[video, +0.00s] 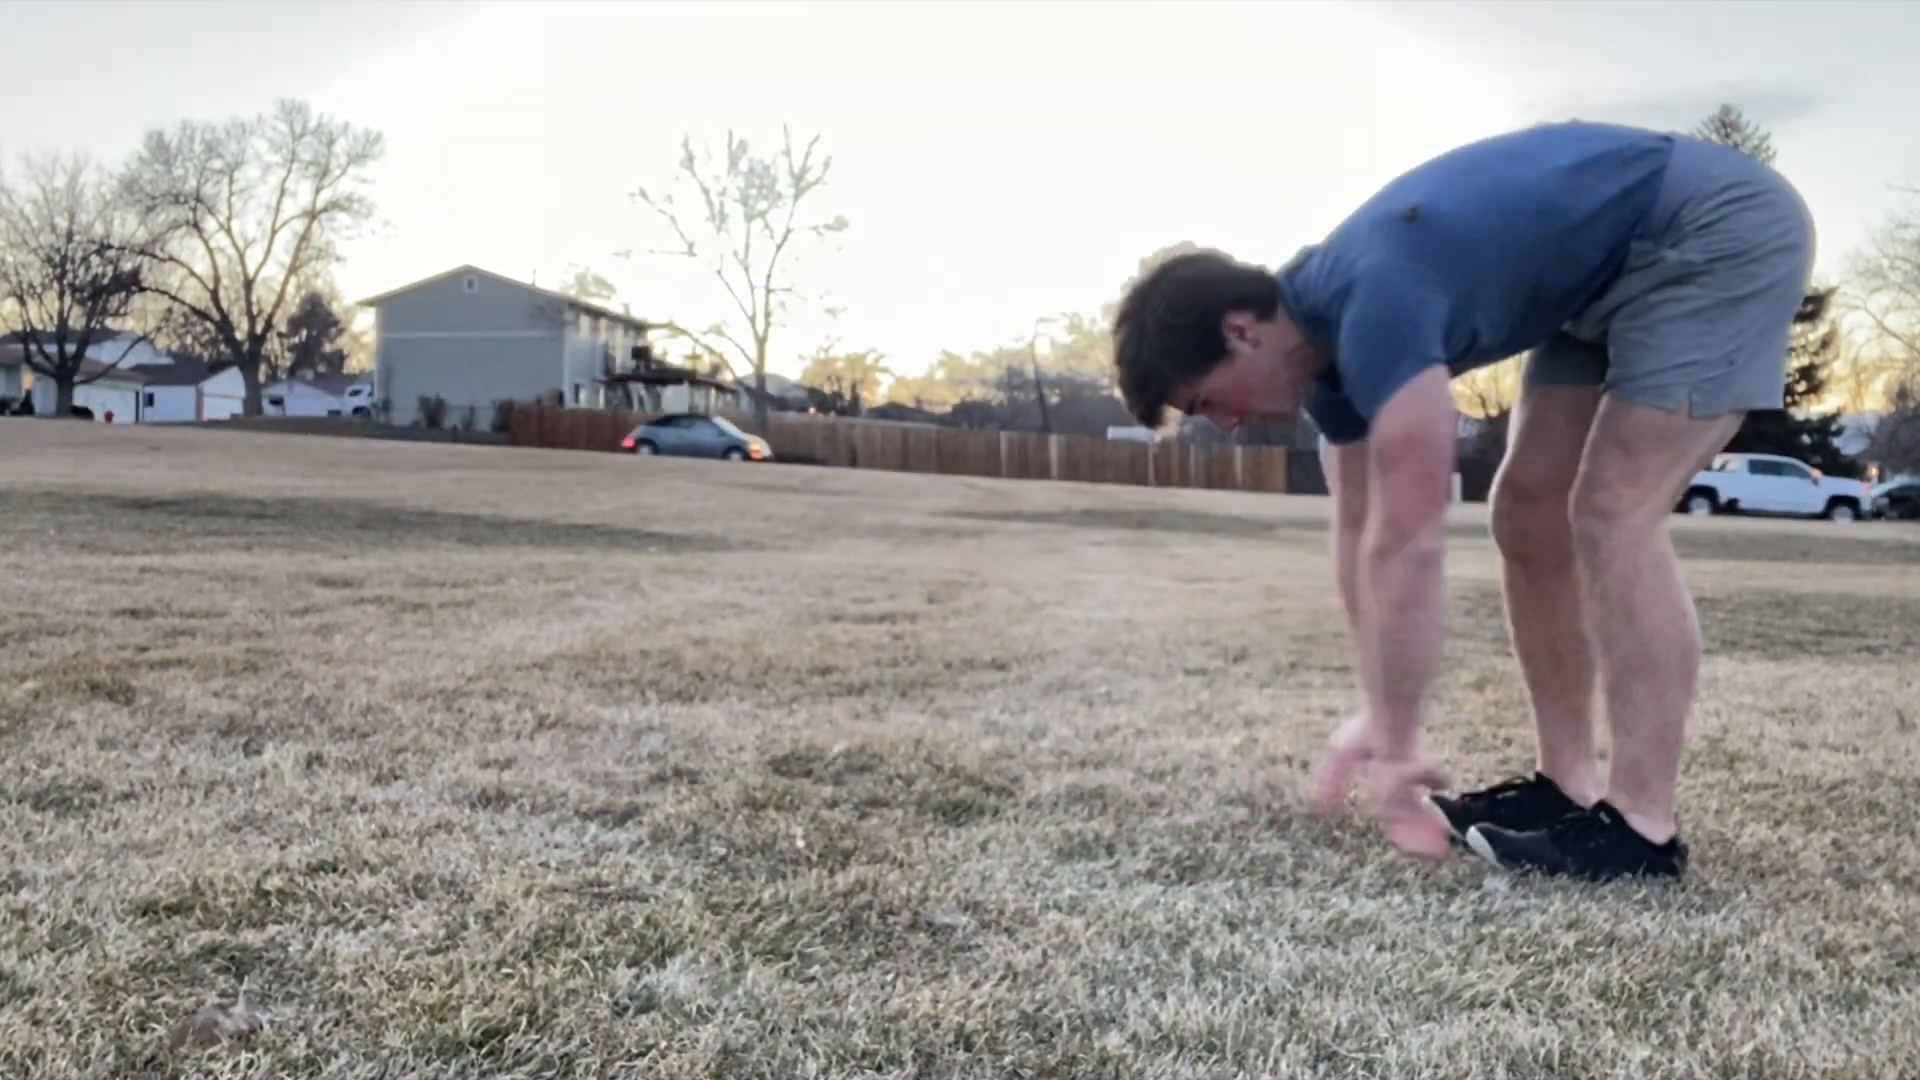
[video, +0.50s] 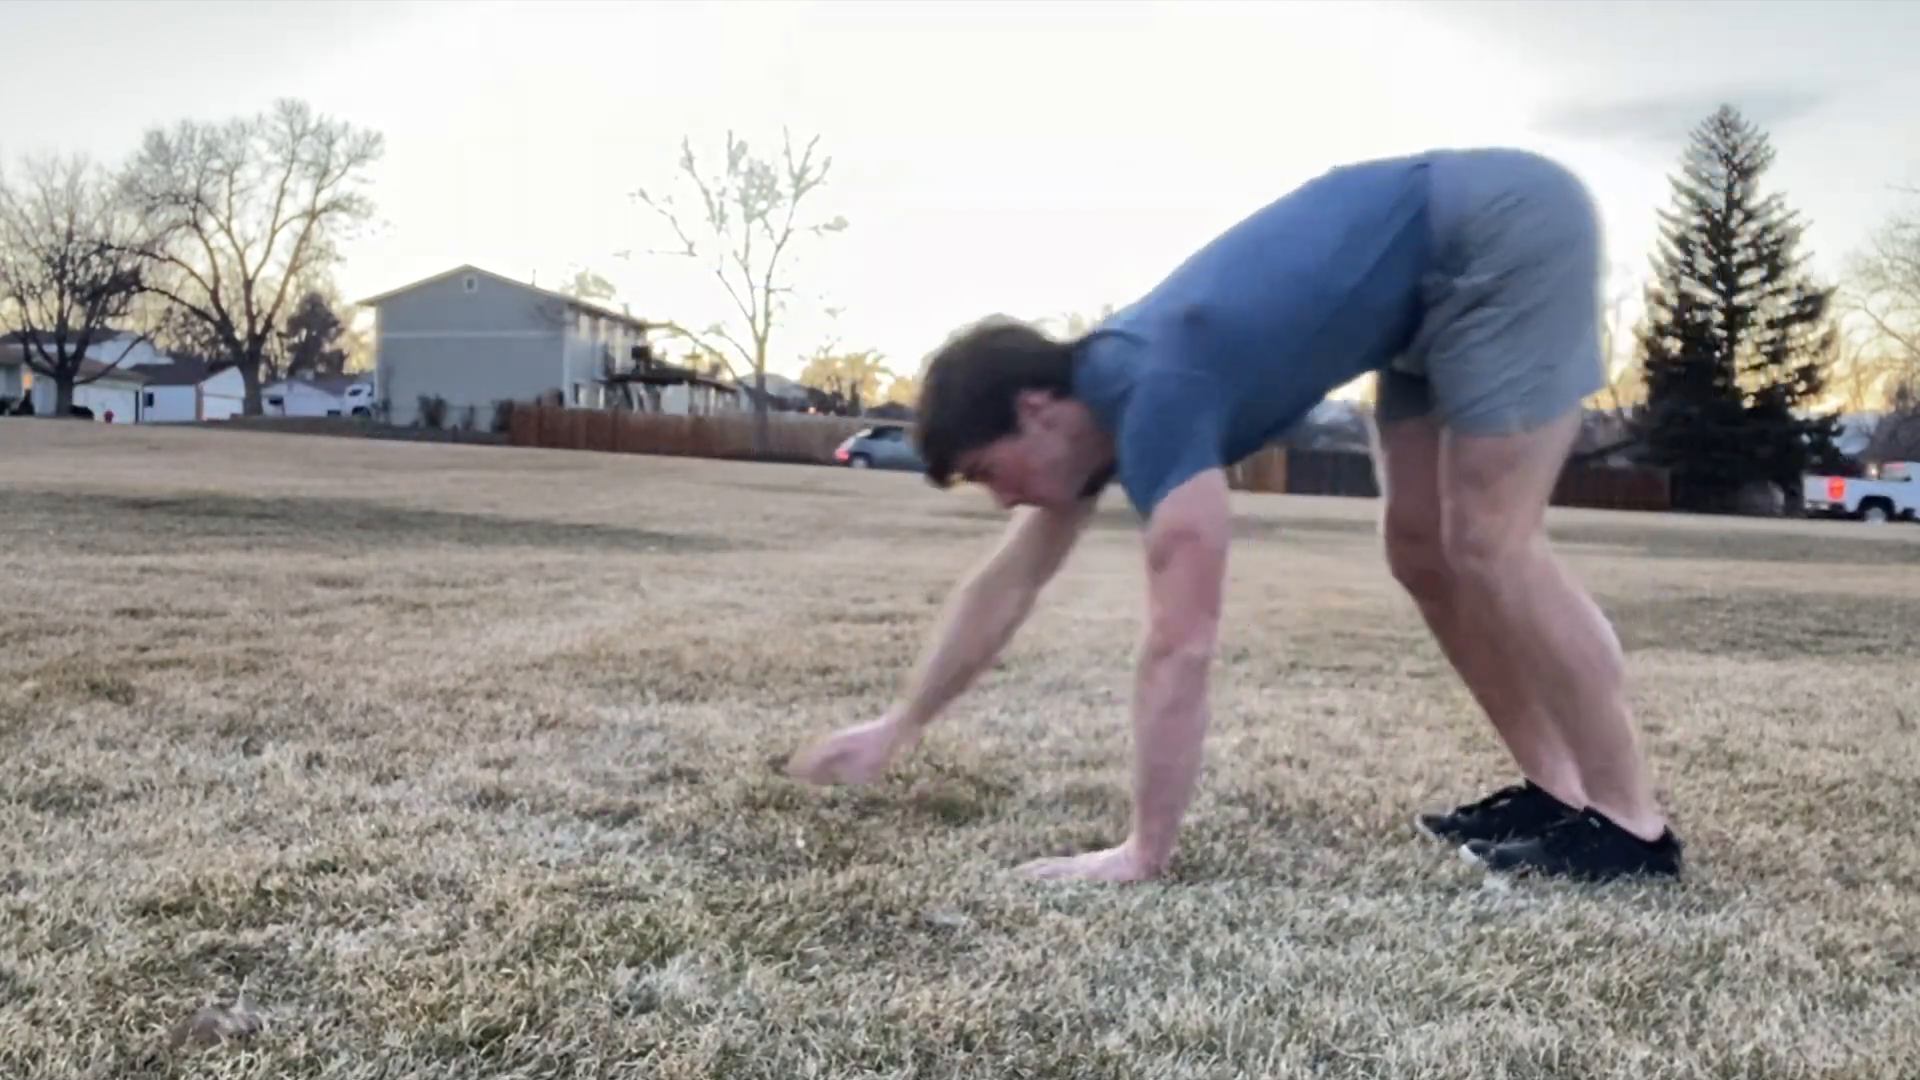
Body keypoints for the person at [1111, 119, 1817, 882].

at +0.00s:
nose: (1226, 431)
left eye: (1208, 406)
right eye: (1202, 421)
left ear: (1244, 331)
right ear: (1244, 327)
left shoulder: (1380, 298)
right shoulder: (1329, 343)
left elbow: (1409, 544)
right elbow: (1359, 539)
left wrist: (1398, 751)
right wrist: (1376, 717)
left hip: (1717, 224)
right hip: (1608, 262)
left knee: (1615, 511)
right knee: (1530, 513)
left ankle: (1644, 825)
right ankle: (1570, 790)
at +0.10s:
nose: (1216, 439)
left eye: (1199, 415)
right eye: (1193, 430)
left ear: (1235, 342)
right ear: (1237, 338)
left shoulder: (1353, 304)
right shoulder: (1323, 333)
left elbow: (1313, 551)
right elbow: (1407, 540)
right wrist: (1456, 713)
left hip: (1704, 221)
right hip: (1597, 262)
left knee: (1612, 513)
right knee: (1525, 516)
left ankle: (1645, 824)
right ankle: (1575, 792)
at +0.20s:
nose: (1189, 452)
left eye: (1173, 429)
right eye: (1168, 444)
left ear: (1209, 357)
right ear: (1217, 350)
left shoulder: (1319, 325)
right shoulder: (1300, 347)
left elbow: (1225, 558)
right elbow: (1374, 539)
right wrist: (1427, 714)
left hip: (1680, 215)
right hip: (1575, 261)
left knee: (1593, 515)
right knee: (1510, 516)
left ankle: (1645, 827)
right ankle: (1571, 788)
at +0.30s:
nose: (1138, 463)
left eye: (1125, 437)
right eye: (1118, 450)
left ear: (1172, 373)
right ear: (1173, 366)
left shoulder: (1281, 354)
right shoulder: (1238, 343)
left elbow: (1201, 596)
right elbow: (1259, 550)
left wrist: (1103, 801)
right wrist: (1309, 703)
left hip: (1644, 217)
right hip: (1544, 249)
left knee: (1561, 521)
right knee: (1487, 521)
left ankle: (1640, 826)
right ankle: (1568, 789)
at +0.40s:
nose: (1075, 481)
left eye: (1063, 455)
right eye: (1057, 466)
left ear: (1112, 394)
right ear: (1114, 386)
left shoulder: (1233, 383)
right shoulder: (1164, 358)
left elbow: (1205, 644)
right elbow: (1130, 543)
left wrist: (1143, 847)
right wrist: (1111, 717)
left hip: (1586, 219)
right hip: (1494, 250)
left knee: (1529, 531)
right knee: (1458, 531)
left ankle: (1638, 822)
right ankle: (1563, 790)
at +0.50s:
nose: (1006, 504)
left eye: (995, 479)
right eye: (988, 489)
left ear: (1038, 415)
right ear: (1033, 409)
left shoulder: (1162, 391)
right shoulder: (1095, 391)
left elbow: (1182, 645)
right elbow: (1010, 584)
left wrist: (1145, 851)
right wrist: (895, 729)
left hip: (1507, 221)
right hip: (1421, 262)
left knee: (1490, 537)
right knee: (1424, 553)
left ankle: (1636, 824)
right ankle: (1559, 797)